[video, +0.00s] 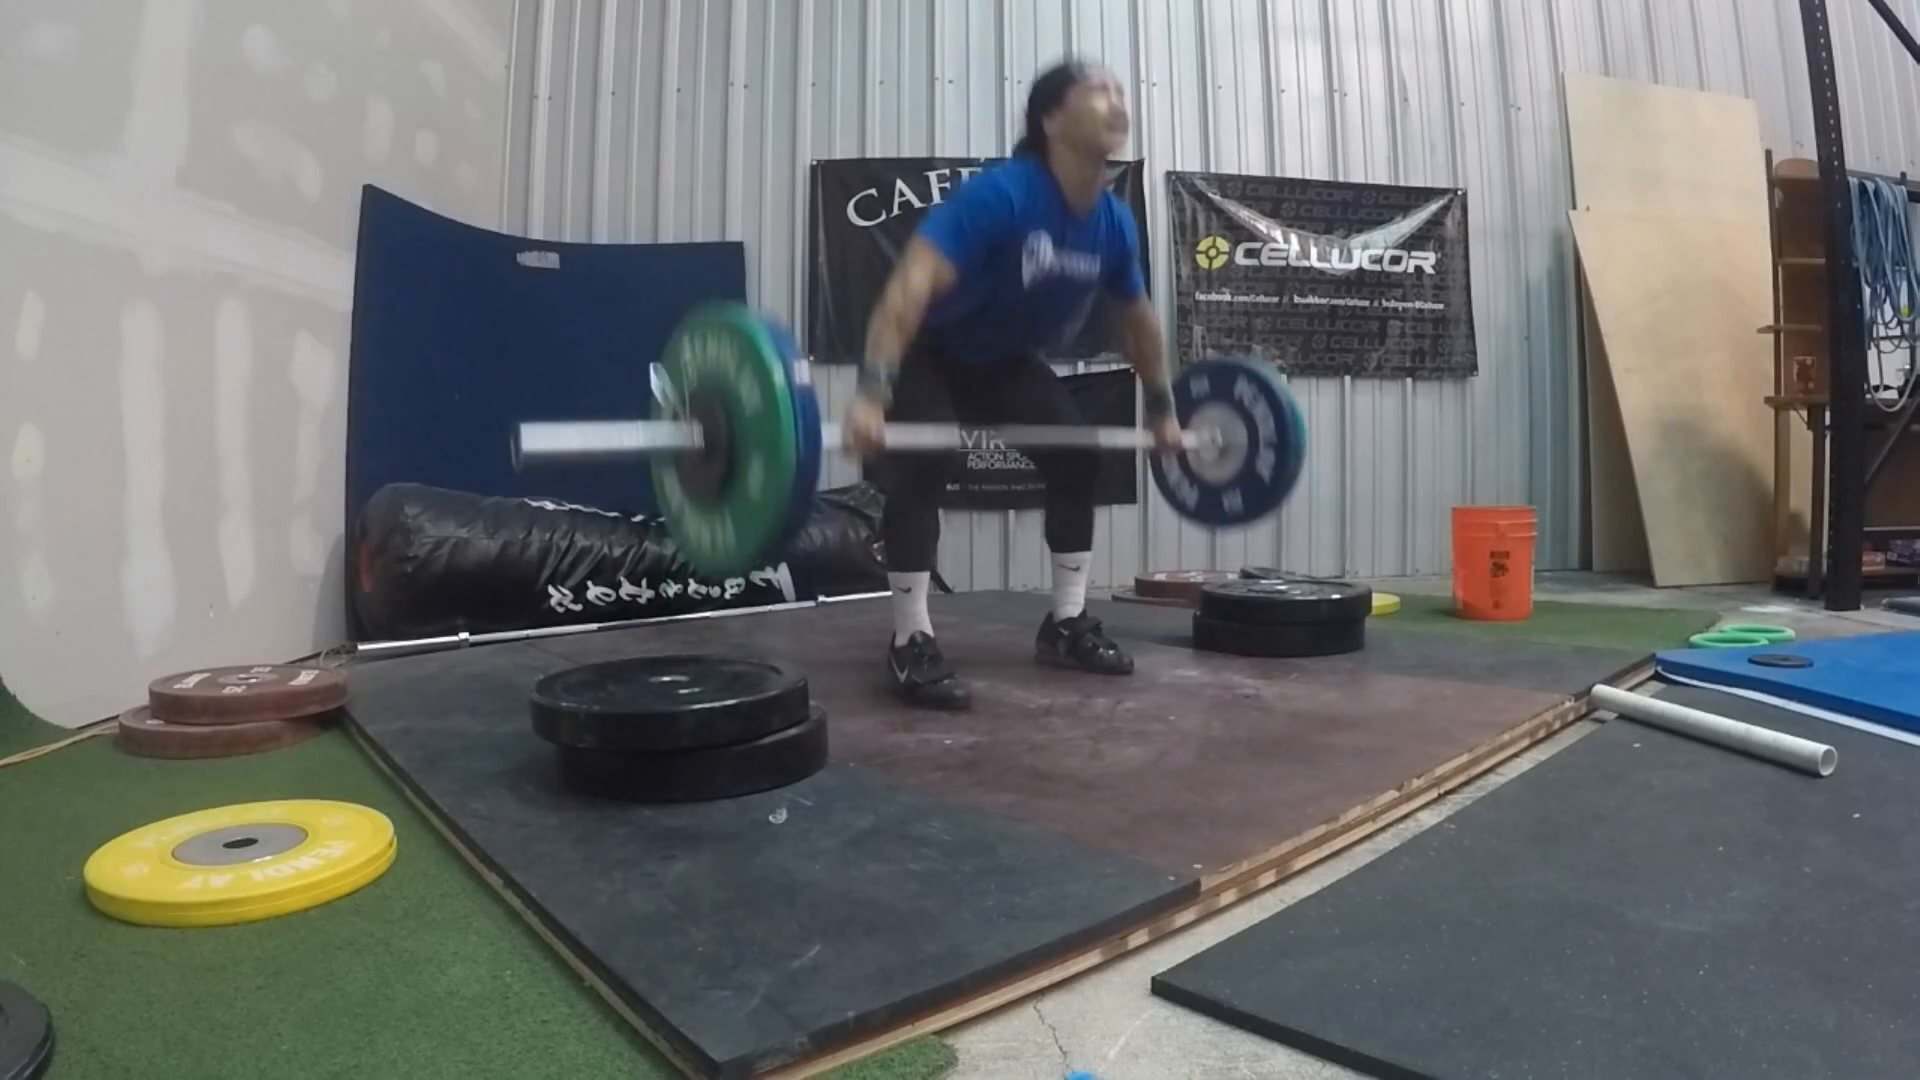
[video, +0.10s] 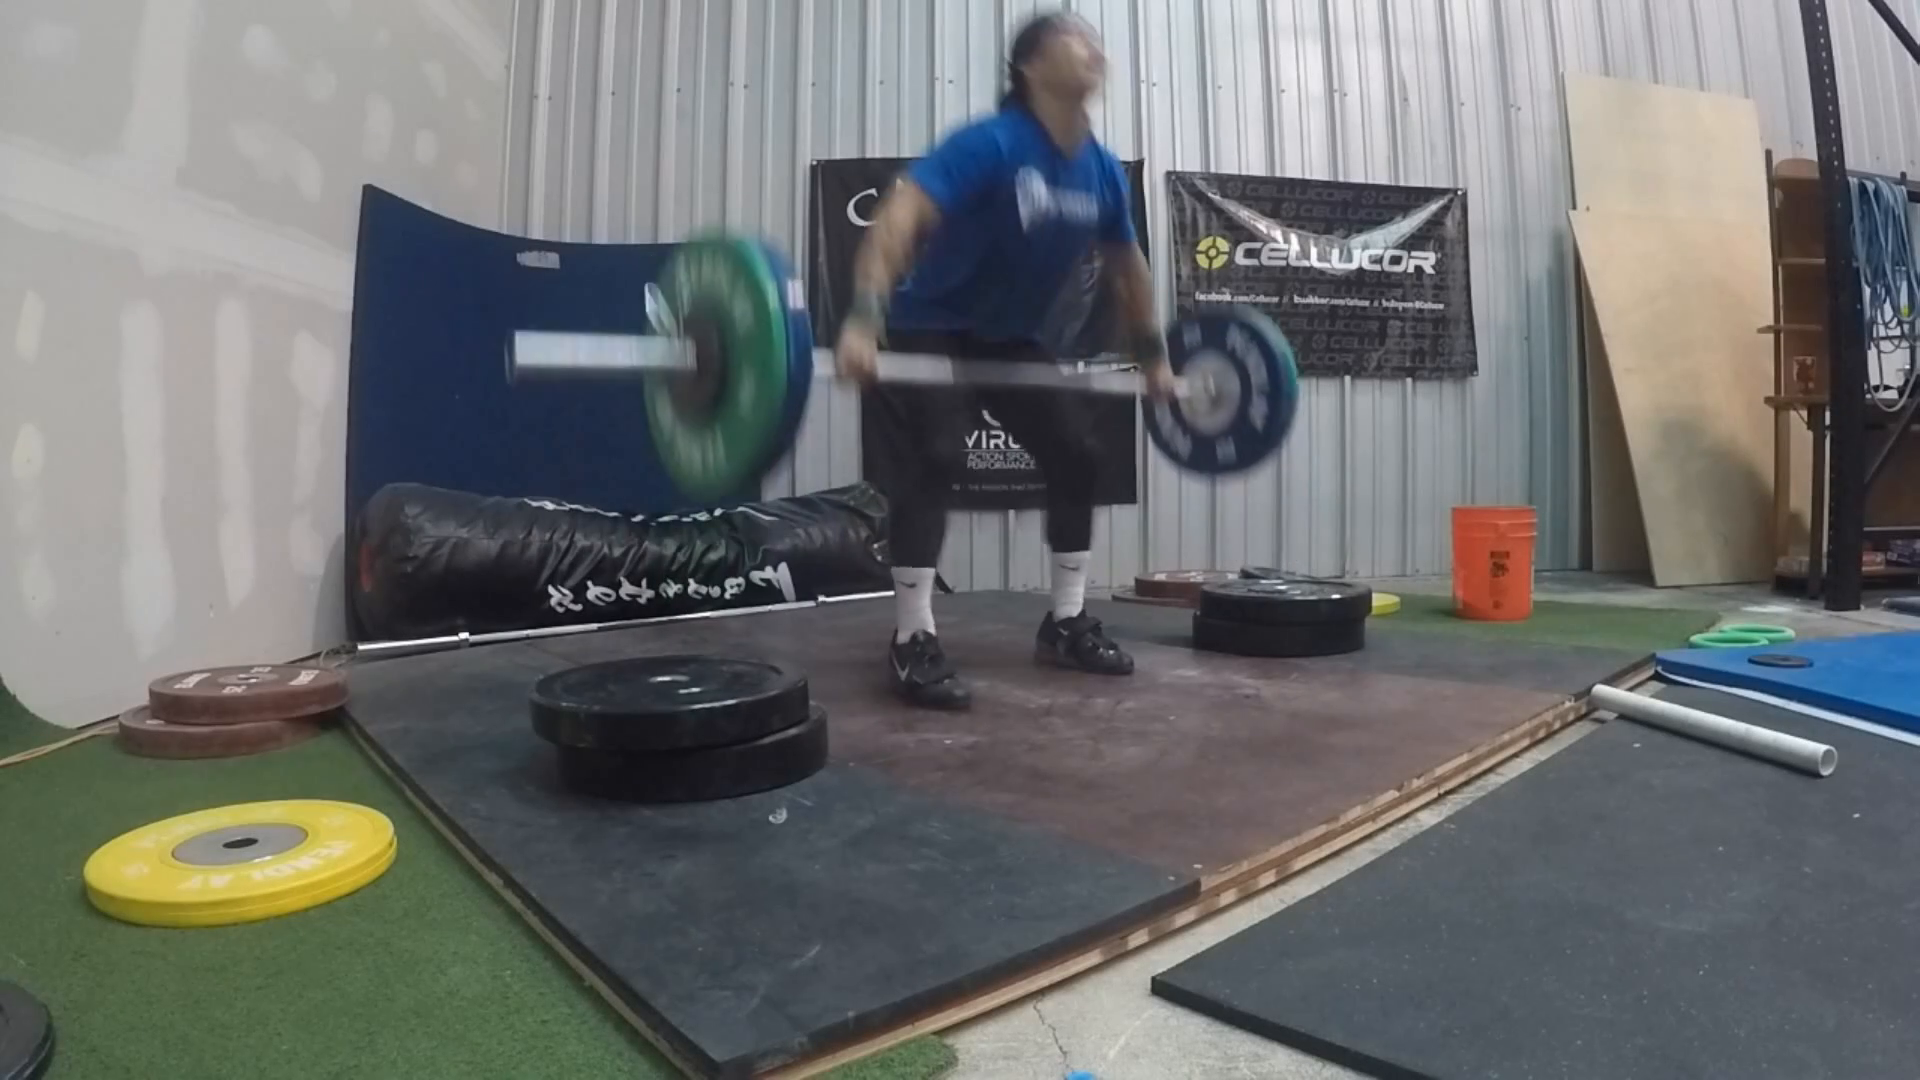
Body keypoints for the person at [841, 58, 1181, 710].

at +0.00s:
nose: (1119, 106)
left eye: (1120, 94)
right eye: (1099, 93)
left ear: (1119, 121)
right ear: (1052, 120)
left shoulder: (1112, 221)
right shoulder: (996, 194)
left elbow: (1137, 315)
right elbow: (911, 281)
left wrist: (1162, 408)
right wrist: (873, 391)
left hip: (1005, 360)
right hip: (927, 353)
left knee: (1076, 450)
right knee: (921, 457)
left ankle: (1067, 622)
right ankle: (911, 640)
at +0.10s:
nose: (1093, 46)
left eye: (1091, 37)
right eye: (1072, 37)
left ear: (1093, 69)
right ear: (1031, 67)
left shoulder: (1103, 171)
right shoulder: (986, 143)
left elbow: (1128, 267)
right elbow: (898, 213)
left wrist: (1154, 357)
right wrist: (863, 318)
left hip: (1013, 343)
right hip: (926, 335)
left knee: (1075, 458)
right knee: (931, 464)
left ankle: (1066, 621)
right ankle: (914, 639)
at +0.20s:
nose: (1020, 15)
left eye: (1022, 9)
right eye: (1000, 9)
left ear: (1028, 35)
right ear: (964, 36)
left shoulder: (1060, 120)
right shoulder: (947, 94)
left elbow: (1100, 208)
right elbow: (870, 154)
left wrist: (1148, 295)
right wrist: (855, 247)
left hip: (1052, 325)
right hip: (974, 320)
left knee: (1120, 462)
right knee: (980, 451)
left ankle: (1078, 614)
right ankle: (922, 631)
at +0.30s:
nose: (943, 11)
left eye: (942, 7)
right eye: (924, 9)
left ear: (950, 36)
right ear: (892, 37)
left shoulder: (1005, 104)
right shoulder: (890, 75)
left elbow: (1072, 174)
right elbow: (840, 117)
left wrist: (1144, 233)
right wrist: (852, 167)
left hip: (1051, 268)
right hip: (975, 265)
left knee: (1075, 419)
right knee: (964, 414)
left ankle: (1087, 600)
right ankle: (923, 618)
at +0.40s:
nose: (914, 71)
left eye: (914, 66)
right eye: (897, 68)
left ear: (926, 89)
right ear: (867, 90)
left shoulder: (969, 144)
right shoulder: (870, 134)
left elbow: (1046, 191)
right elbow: (812, 155)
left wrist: (1137, 190)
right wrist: (837, 123)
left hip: (1024, 306)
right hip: (961, 304)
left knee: (1102, 449)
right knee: (953, 452)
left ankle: (1046, 599)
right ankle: (879, 619)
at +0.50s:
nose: (951, 152)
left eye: (948, 143)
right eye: (932, 142)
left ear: (949, 161)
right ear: (894, 161)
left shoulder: (984, 223)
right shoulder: (877, 211)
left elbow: (1049, 249)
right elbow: (799, 206)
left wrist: (1113, 190)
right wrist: (820, 123)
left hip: (1009, 427)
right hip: (937, 430)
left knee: (1129, 512)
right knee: (924, 528)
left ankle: (1030, 613)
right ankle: (869, 638)